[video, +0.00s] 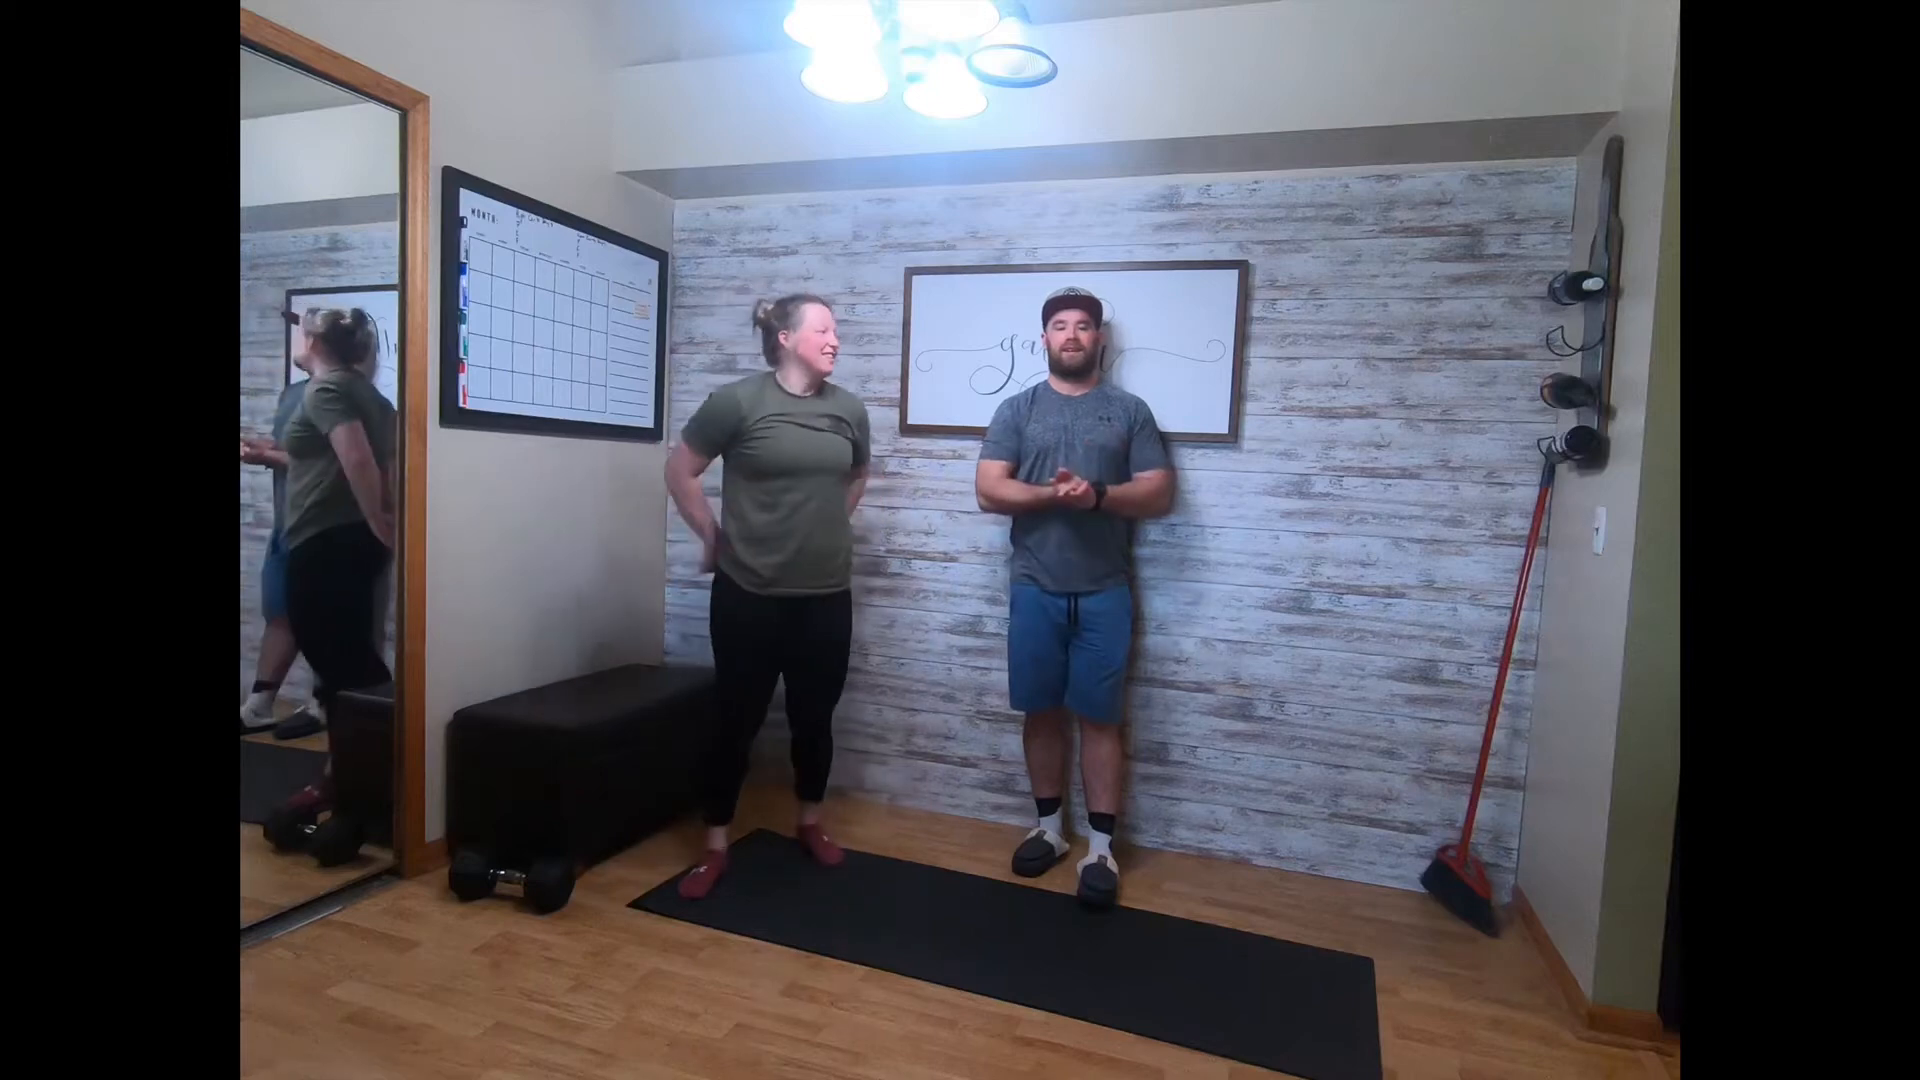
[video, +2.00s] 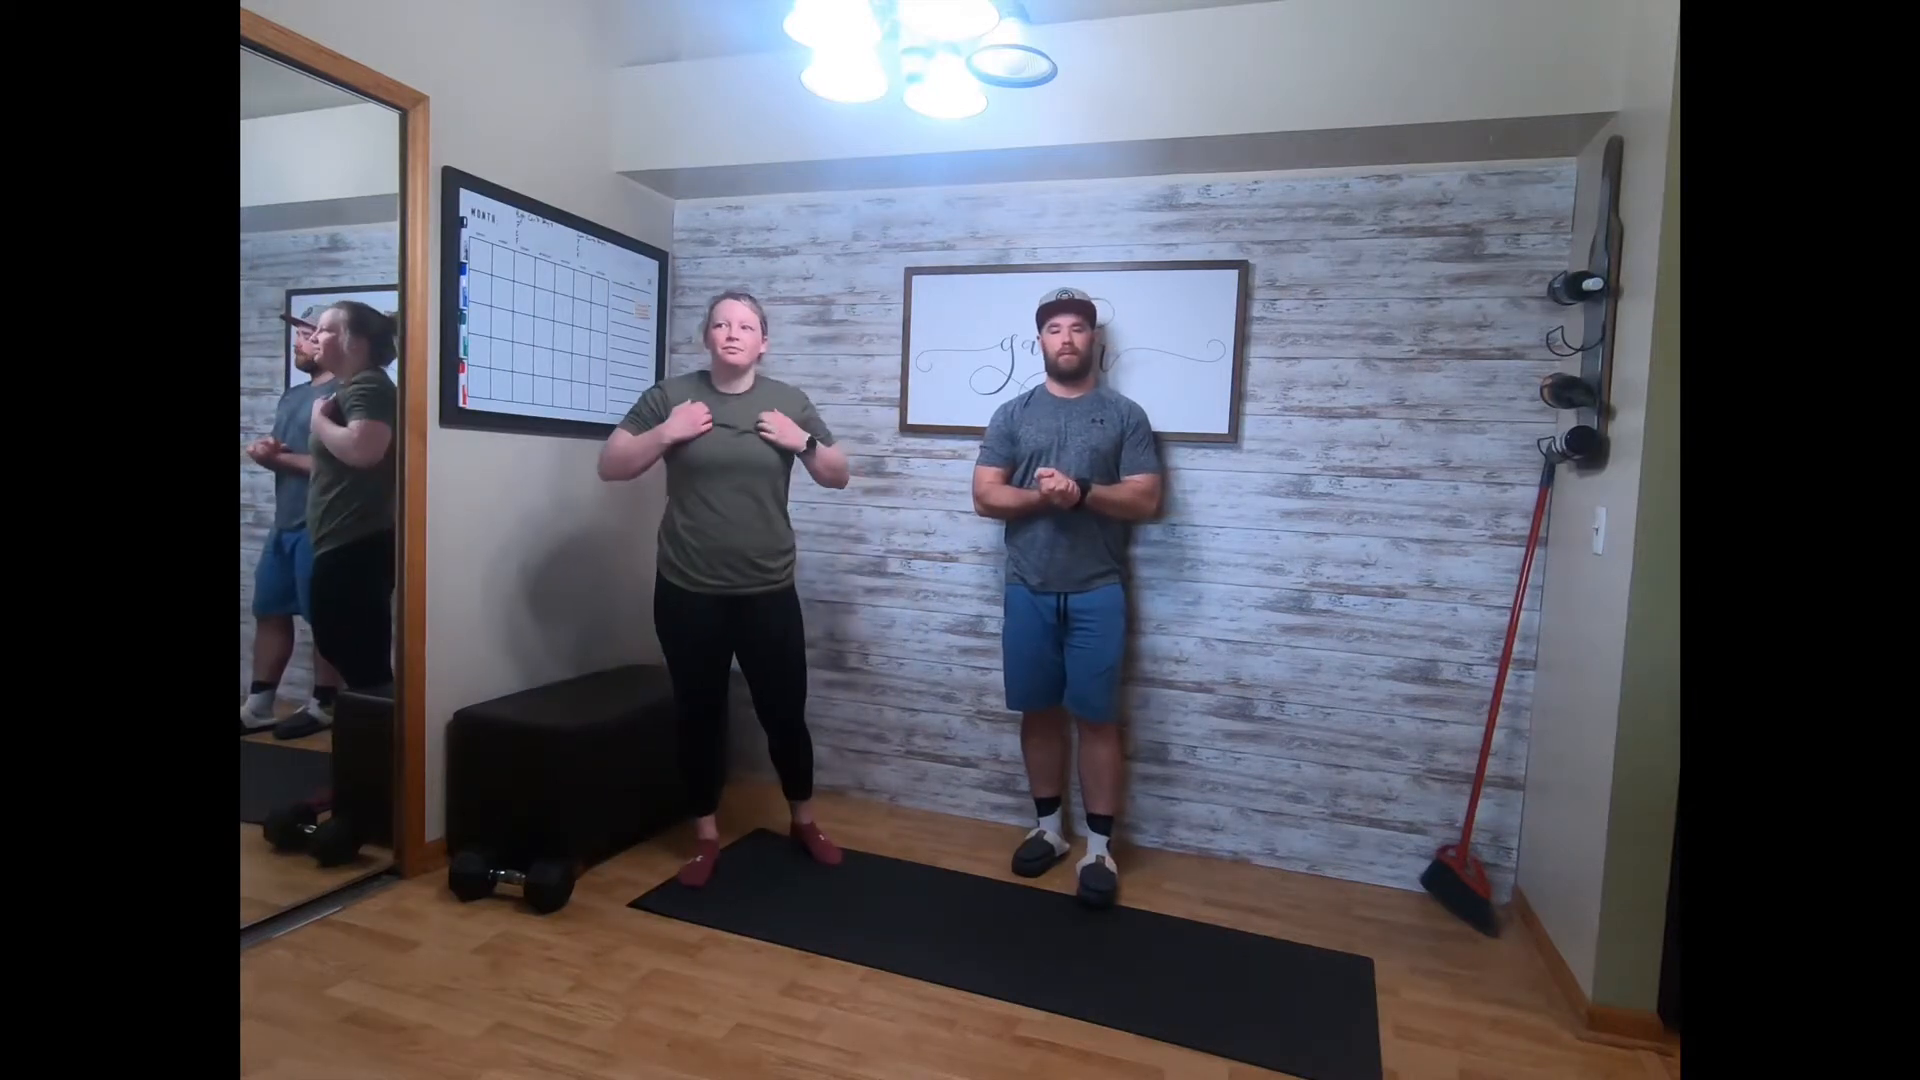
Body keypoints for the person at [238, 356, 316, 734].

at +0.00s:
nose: (294, 336)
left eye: (301, 329)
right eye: (296, 327)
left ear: (317, 340)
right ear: (308, 343)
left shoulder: (335, 397)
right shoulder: (293, 394)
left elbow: (324, 464)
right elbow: (296, 453)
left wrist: (273, 456)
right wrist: (266, 447)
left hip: (319, 525)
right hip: (286, 524)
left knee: (320, 618)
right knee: (279, 612)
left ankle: (321, 705)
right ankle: (259, 703)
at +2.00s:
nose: (301, 338)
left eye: (311, 333)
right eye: (301, 332)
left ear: (330, 345)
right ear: (302, 345)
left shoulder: (342, 394)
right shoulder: (291, 397)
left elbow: (335, 465)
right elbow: (294, 460)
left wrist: (281, 457)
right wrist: (271, 452)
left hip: (321, 525)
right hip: (284, 525)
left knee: (323, 620)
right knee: (271, 611)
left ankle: (324, 706)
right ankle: (259, 703)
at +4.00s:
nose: (280, 387)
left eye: (280, 378)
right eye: (274, 380)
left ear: (299, 361)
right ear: (277, 368)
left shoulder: (333, 406)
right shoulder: (285, 404)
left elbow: (333, 466)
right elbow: (288, 461)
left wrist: (282, 454)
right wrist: (272, 449)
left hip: (317, 529)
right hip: (280, 527)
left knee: (318, 617)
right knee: (264, 610)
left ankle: (325, 705)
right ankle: (261, 702)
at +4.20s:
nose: (279, 383)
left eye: (280, 374)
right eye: (275, 377)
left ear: (298, 360)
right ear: (280, 367)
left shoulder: (331, 403)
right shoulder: (285, 405)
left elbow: (332, 469)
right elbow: (292, 461)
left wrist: (282, 457)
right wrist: (271, 452)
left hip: (316, 529)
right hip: (279, 527)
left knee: (319, 619)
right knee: (265, 611)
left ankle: (325, 706)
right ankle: (260, 703)